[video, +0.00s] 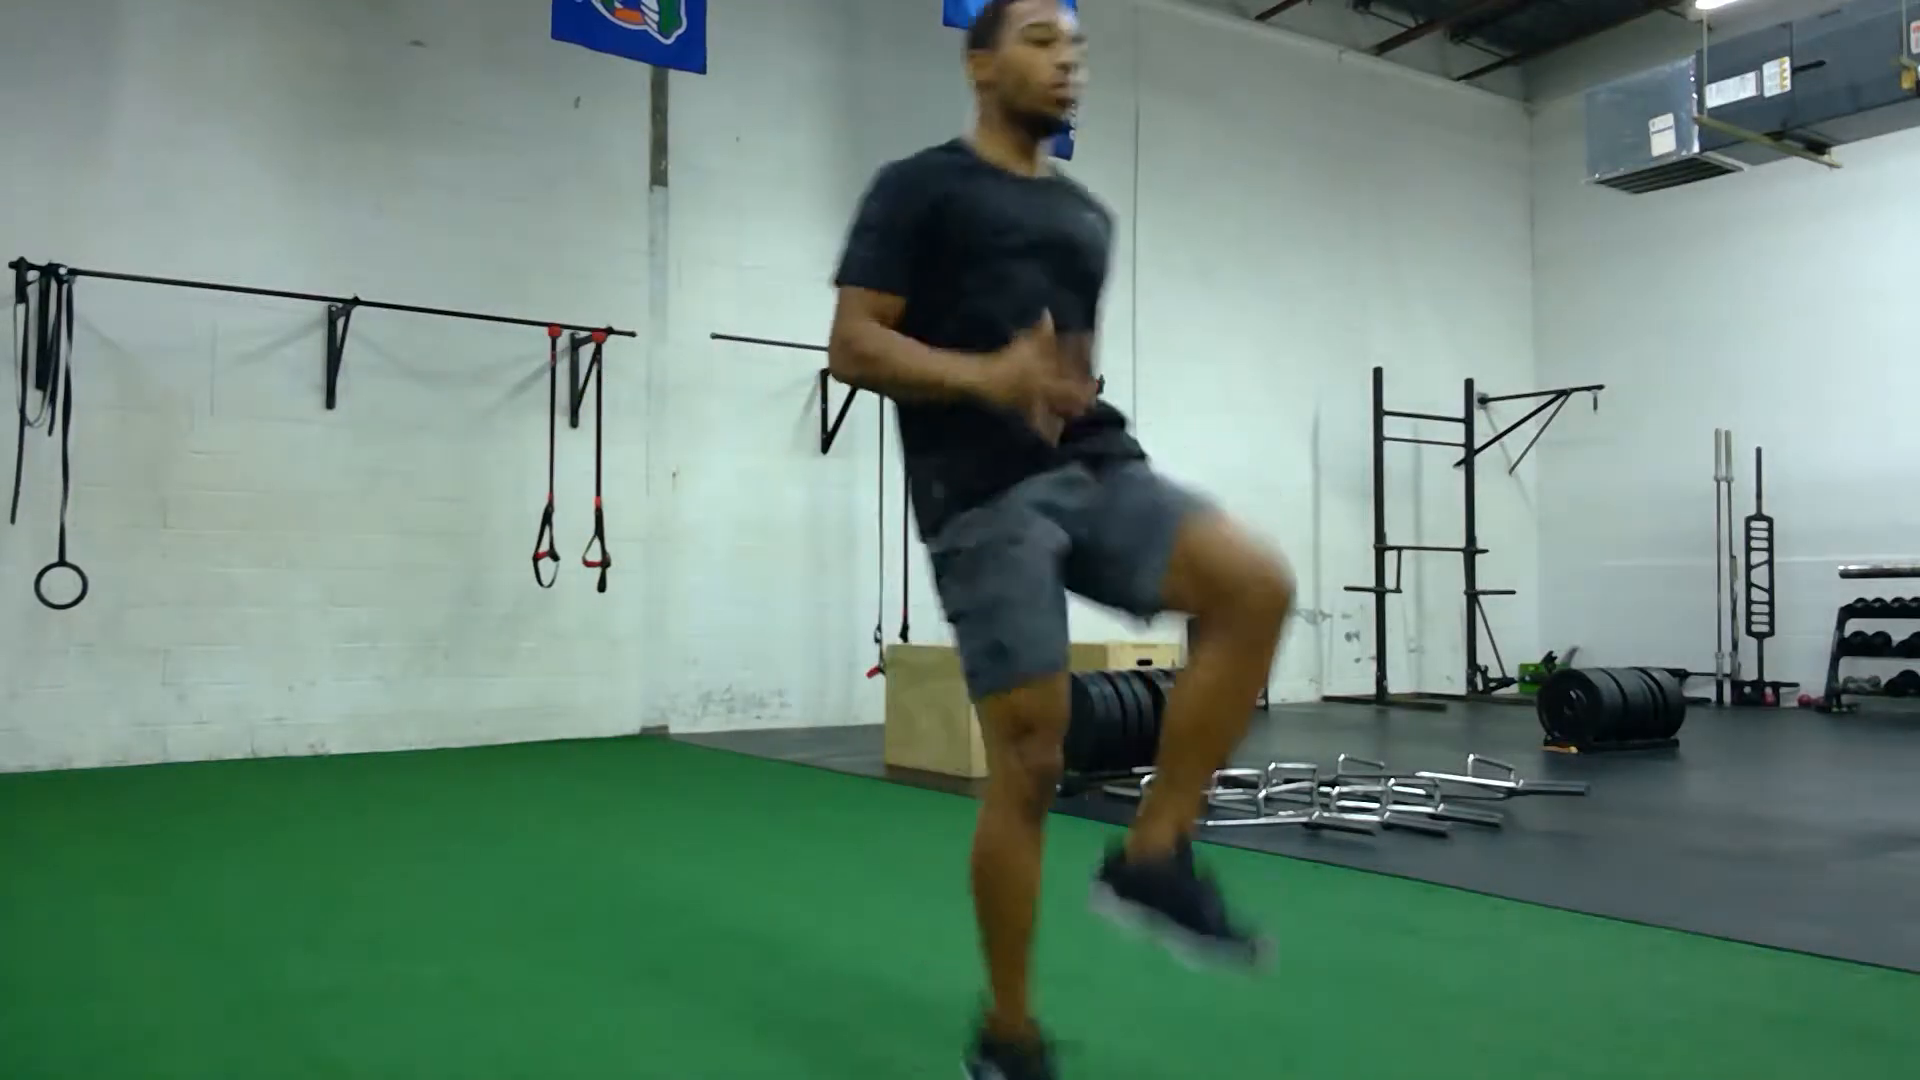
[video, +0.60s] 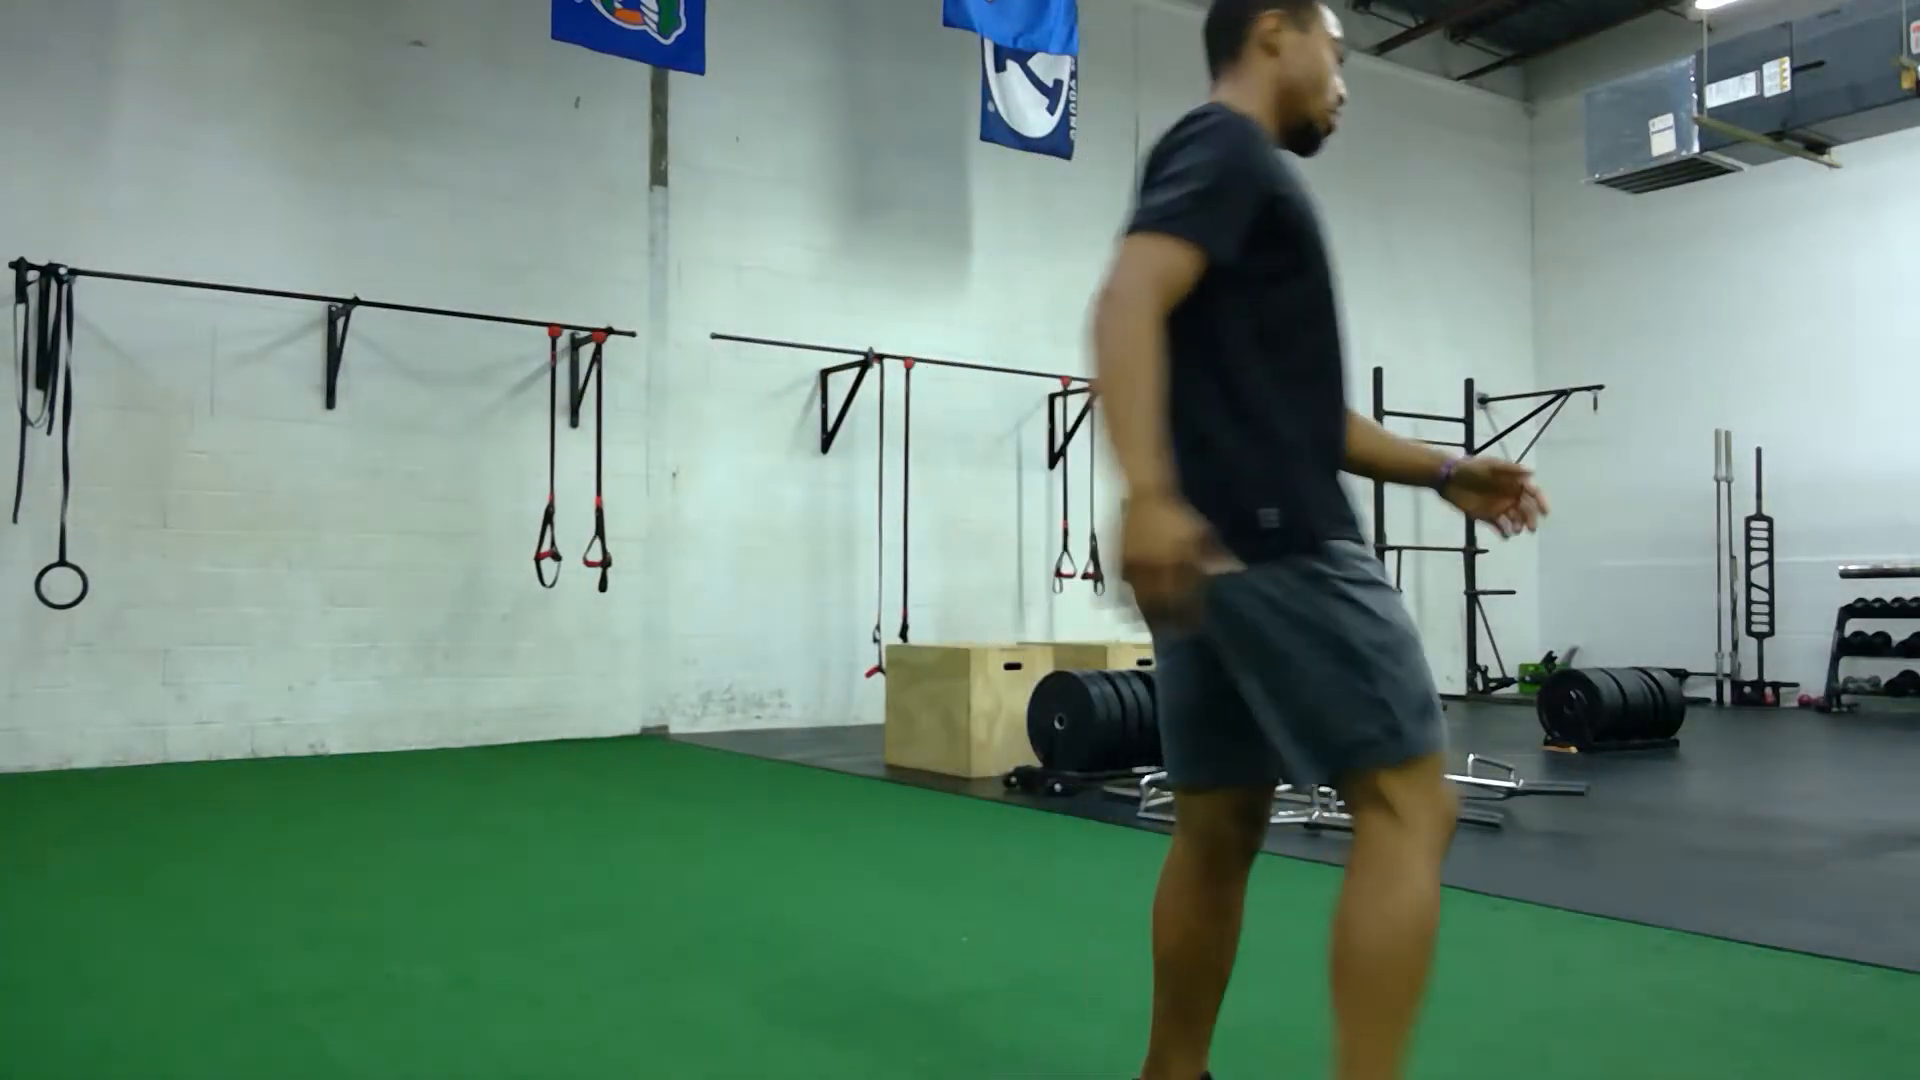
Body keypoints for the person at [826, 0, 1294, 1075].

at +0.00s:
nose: (1069, 61)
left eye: (1074, 44)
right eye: (1044, 41)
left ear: (1073, 67)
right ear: (981, 61)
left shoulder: (1083, 215)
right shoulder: (916, 188)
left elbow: (1075, 356)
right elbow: (850, 346)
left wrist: (1075, 411)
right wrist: (988, 373)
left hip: (1095, 479)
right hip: (984, 506)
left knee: (1254, 585)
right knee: (1028, 760)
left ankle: (1154, 856)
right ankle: (1009, 1031)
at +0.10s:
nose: (1127, 75)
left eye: (1130, 62)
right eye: (1100, 54)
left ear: (1125, 96)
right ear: (1030, 81)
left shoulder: (1132, 246)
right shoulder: (965, 209)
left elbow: (1098, 393)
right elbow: (872, 366)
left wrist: (1112, 481)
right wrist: (988, 444)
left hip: (1144, 532)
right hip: (1029, 551)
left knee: (1264, 727)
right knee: (1051, 812)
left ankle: (1170, 998)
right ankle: (1031, 1061)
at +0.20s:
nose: (1180, 84)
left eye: (1184, 69)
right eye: (1156, 61)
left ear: (1169, 98)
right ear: (1082, 77)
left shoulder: (1170, 248)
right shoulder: (1013, 205)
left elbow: (1155, 407)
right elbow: (924, 373)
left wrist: (1190, 540)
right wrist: (979, 509)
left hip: (1187, 564)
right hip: (1078, 566)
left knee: (1218, 805)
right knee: (1111, 817)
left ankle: (1174, 1069)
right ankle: (1043, 1059)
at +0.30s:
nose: (1232, 85)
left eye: (1234, 69)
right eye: (1210, 58)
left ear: (1214, 94)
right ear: (1134, 65)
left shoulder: (1212, 249)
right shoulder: (1065, 190)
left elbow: (1226, 425)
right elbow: (971, 359)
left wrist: (1305, 557)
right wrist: (979, 526)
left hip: (1215, 562)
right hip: (1126, 564)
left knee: (1207, 826)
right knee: (1221, 808)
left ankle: (1172, 1068)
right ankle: (1070, 1029)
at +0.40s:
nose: (1279, 91)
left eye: (1279, 72)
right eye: (1261, 63)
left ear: (1201, 70)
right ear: (1185, 61)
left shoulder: (1216, 233)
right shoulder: (1118, 184)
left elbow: (1261, 409)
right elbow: (1009, 352)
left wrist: (1381, 499)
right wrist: (997, 537)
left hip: (1224, 556)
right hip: (1172, 558)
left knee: (1211, 817)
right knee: (1339, 782)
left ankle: (1177, 1055)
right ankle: (1119, 989)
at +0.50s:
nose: (1314, 89)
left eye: (1315, 69)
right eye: (1302, 59)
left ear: (1234, 55)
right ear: (1232, 48)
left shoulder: (1224, 197)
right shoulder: (1165, 163)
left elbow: (1285, 400)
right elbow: (1063, 327)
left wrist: (1436, 468)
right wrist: (1048, 520)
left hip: (1196, 556)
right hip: (1232, 548)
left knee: (1214, 823)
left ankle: (1179, 1048)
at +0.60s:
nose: (1344, 85)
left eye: (1344, 62)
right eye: (1335, 51)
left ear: (1269, 44)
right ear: (1273, 34)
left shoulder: (1250, 175)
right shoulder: (1226, 143)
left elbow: (1288, 409)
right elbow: (1127, 301)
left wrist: (1445, 468)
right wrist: (1150, 493)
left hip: (1205, 550)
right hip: (1283, 543)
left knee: (1215, 827)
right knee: (1410, 804)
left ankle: (1174, 1066)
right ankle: (1369, 1067)